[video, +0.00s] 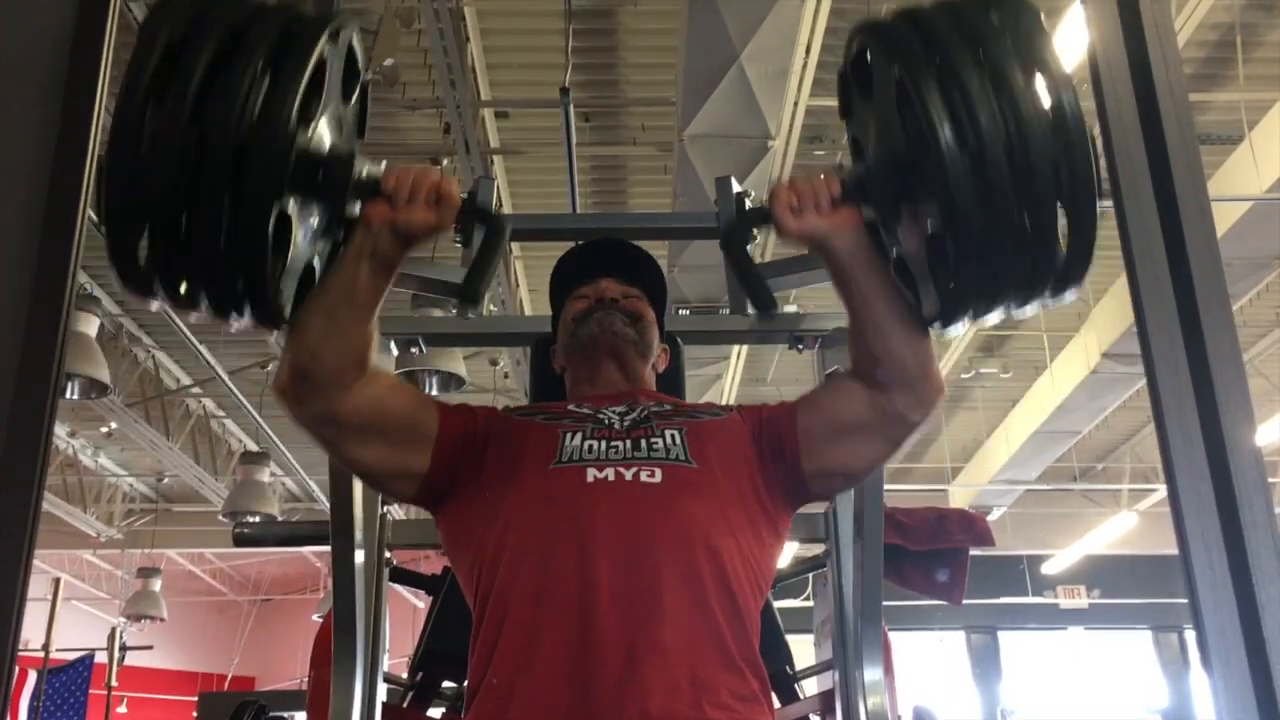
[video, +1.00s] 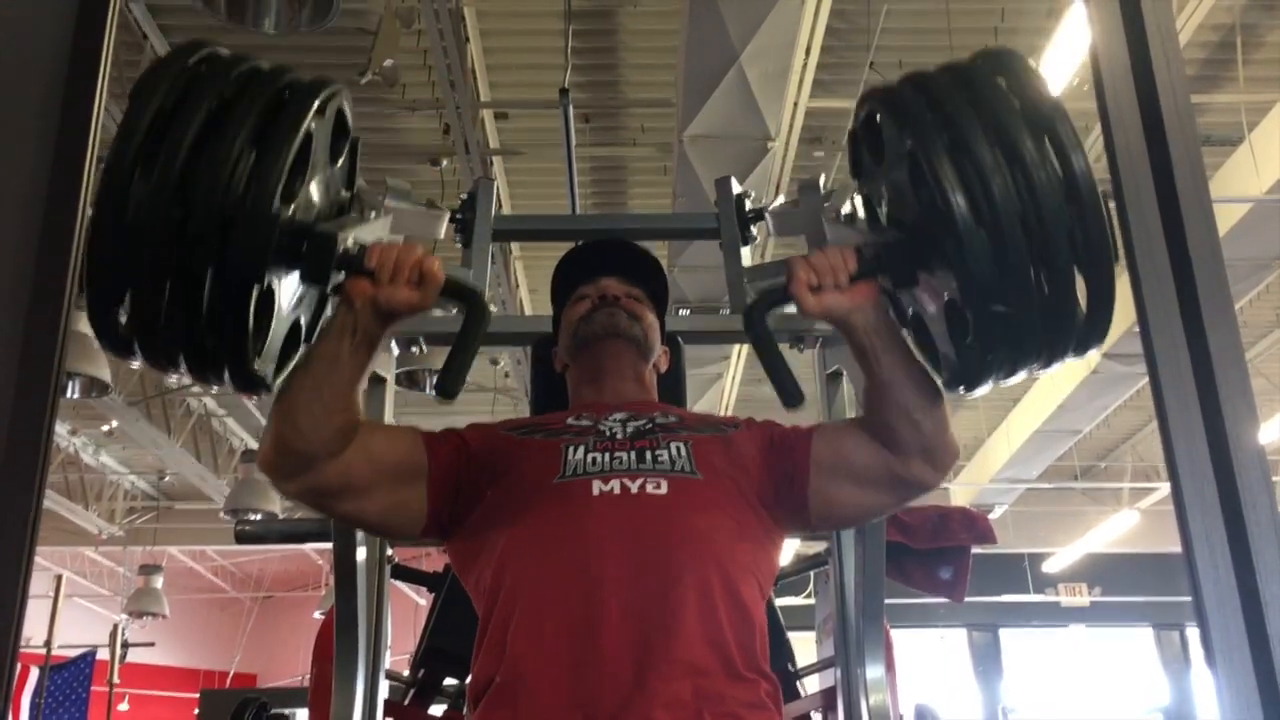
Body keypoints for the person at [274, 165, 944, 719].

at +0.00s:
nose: (605, 301)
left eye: (632, 303)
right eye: (580, 302)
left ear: (664, 356)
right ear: (553, 357)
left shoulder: (749, 442)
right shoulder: (484, 447)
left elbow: (904, 390)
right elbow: (317, 387)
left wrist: (845, 240)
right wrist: (379, 243)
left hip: (720, 699)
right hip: (527, 699)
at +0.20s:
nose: (607, 309)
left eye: (631, 309)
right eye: (584, 306)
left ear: (665, 358)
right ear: (551, 355)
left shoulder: (751, 442)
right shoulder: (481, 442)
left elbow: (854, 318)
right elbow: (372, 314)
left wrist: (824, 152)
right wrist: (401, 156)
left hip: (721, 707)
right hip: (514, 707)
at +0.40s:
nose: (607, 301)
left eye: (631, 302)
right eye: (582, 301)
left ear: (663, 355)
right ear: (554, 354)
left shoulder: (752, 437)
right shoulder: (484, 440)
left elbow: (808, 285)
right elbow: (421, 280)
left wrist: (814, 108)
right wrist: (415, 108)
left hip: (725, 708)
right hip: (517, 708)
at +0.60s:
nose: (608, 303)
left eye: (631, 303)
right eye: (583, 304)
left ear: (665, 357)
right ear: (550, 357)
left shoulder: (752, 443)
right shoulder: (481, 448)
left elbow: (858, 338)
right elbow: (370, 335)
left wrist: (828, 169)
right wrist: (400, 166)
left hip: (728, 705)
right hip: (520, 707)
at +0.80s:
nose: (606, 298)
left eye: (632, 300)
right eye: (580, 300)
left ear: (663, 354)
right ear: (551, 356)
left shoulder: (749, 446)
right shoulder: (484, 452)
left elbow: (897, 399)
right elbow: (323, 396)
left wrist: (848, 241)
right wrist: (381, 241)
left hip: (727, 705)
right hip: (525, 704)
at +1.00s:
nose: (607, 300)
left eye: (633, 302)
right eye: (582, 301)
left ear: (666, 357)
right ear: (551, 358)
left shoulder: (743, 449)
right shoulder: (490, 459)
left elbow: (920, 454)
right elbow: (304, 457)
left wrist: (862, 318)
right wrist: (362, 318)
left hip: (726, 703)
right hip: (526, 705)